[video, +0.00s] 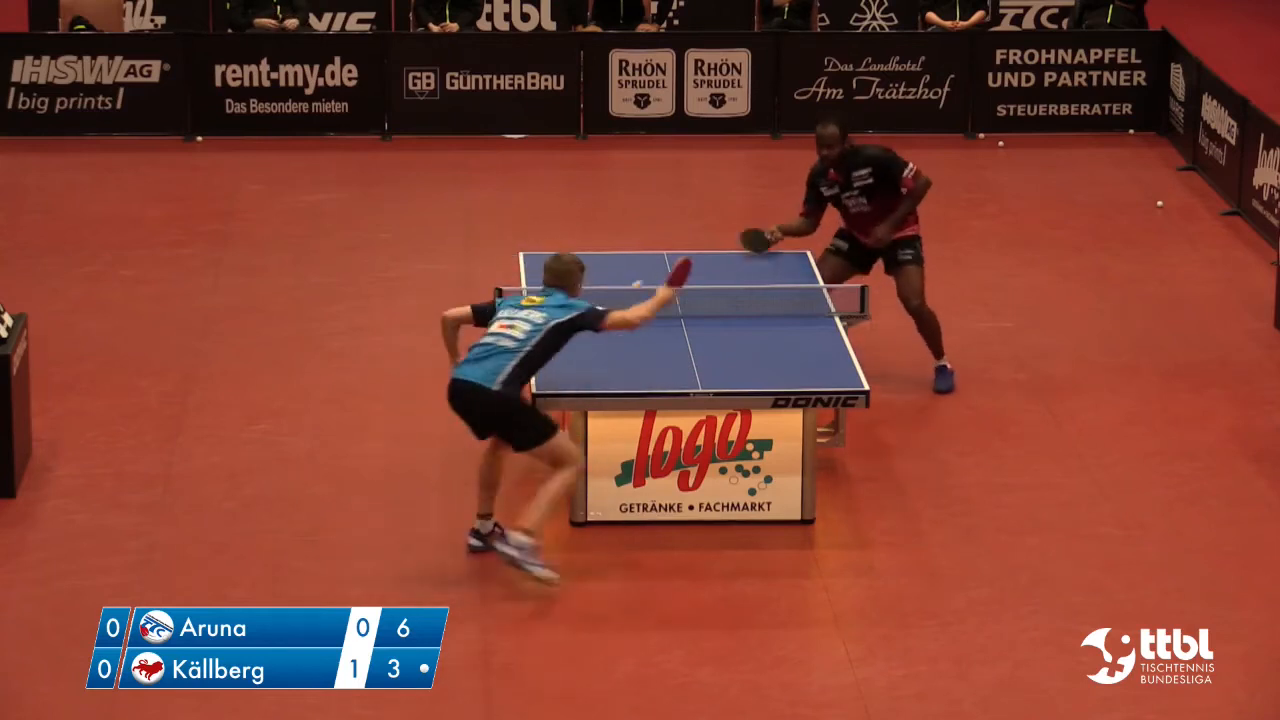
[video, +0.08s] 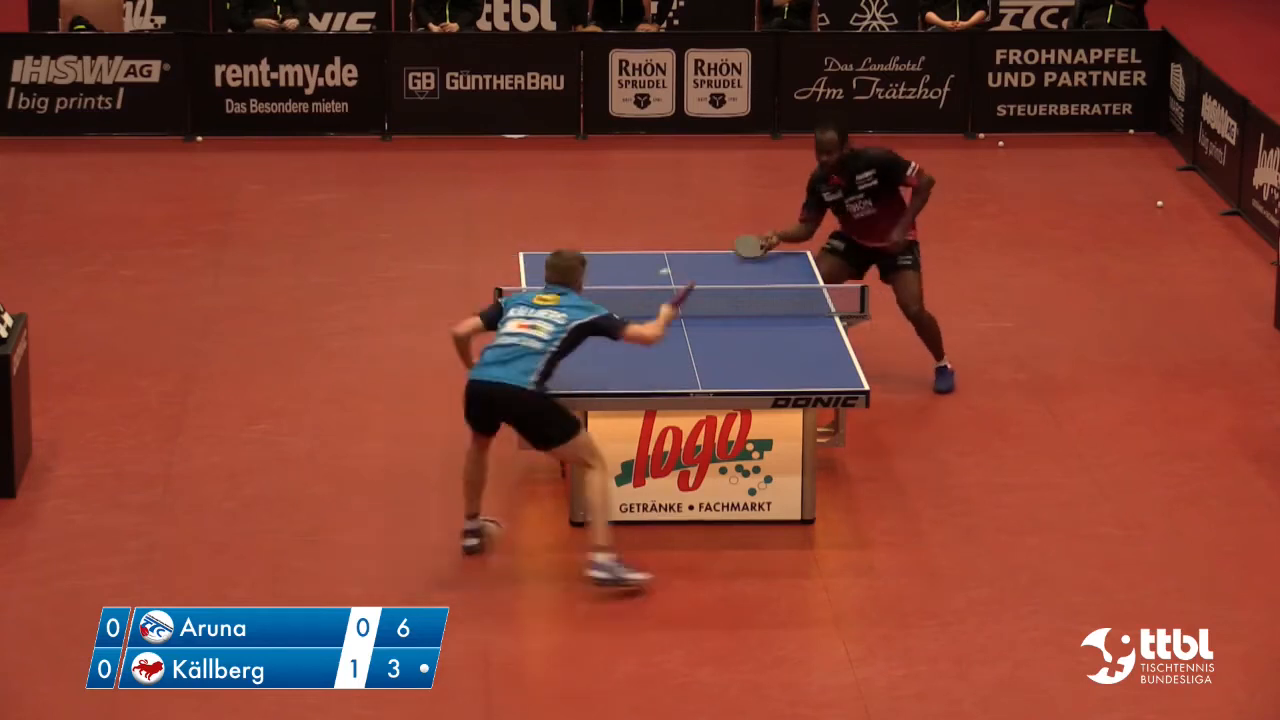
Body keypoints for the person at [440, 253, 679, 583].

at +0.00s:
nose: (582, 287)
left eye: (582, 282)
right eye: (581, 282)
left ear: (545, 280)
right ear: (576, 283)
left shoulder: (513, 302)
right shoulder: (573, 310)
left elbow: (450, 317)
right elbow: (632, 319)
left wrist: (455, 358)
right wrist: (661, 298)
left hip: (460, 389)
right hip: (496, 395)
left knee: (499, 441)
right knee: (571, 462)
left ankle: (484, 527)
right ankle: (523, 537)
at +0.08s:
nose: (584, 280)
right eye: (583, 276)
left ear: (546, 277)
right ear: (579, 279)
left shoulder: (517, 300)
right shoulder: (584, 311)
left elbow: (460, 332)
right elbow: (648, 336)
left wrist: (470, 366)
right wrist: (664, 316)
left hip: (479, 390)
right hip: (523, 394)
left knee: (478, 446)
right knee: (594, 464)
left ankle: (471, 528)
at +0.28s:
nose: (588, 297)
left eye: (581, 289)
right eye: (588, 292)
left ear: (551, 294)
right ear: (584, 299)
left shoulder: (522, 325)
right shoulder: (595, 337)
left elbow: (477, 368)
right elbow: (646, 382)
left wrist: (497, 354)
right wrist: (659, 369)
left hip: (514, 430)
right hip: (565, 435)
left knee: (458, 471)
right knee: (629, 485)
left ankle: (439, 561)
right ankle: (660, 574)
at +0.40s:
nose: (587, 297)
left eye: (582, 289)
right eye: (586, 291)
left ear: (549, 294)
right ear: (582, 298)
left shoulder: (519, 320)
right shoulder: (588, 339)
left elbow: (464, 354)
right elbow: (631, 393)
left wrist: (492, 365)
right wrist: (652, 383)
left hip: (497, 419)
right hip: (544, 426)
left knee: (439, 464)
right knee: (621, 470)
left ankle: (412, 556)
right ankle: (631, 570)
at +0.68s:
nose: (612, 308)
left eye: (609, 301)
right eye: (611, 302)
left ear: (574, 299)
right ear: (602, 305)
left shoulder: (537, 319)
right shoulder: (602, 349)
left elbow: (500, 329)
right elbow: (658, 390)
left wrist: (512, 326)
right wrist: (713, 378)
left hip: (508, 446)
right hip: (560, 450)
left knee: (445, 499)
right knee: (646, 440)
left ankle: (402, 575)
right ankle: (651, 536)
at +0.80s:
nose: (674, 302)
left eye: (671, 295)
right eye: (672, 296)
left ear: (635, 292)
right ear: (663, 298)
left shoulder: (598, 310)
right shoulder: (662, 337)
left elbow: (545, 315)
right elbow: (714, 378)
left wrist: (525, 313)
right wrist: (769, 361)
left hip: (564, 428)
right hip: (613, 433)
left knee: (488, 495)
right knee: (689, 460)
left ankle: (416, 567)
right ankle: (737, 536)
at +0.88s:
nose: (711, 309)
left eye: (709, 302)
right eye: (711, 303)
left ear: (672, 298)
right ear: (702, 306)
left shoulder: (639, 316)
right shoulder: (702, 347)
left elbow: (571, 328)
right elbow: (745, 377)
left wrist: (593, 321)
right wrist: (781, 361)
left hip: (604, 432)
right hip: (653, 442)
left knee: (526, 493)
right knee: (724, 464)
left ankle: (462, 566)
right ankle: (760, 544)